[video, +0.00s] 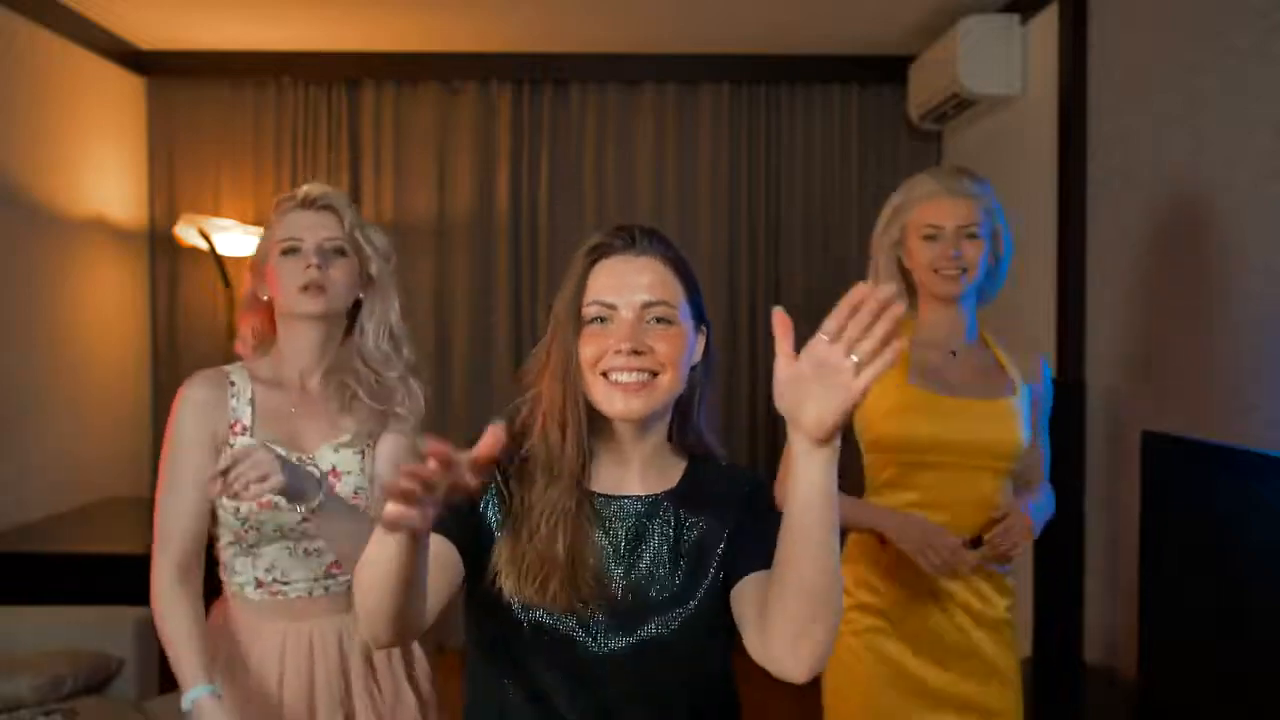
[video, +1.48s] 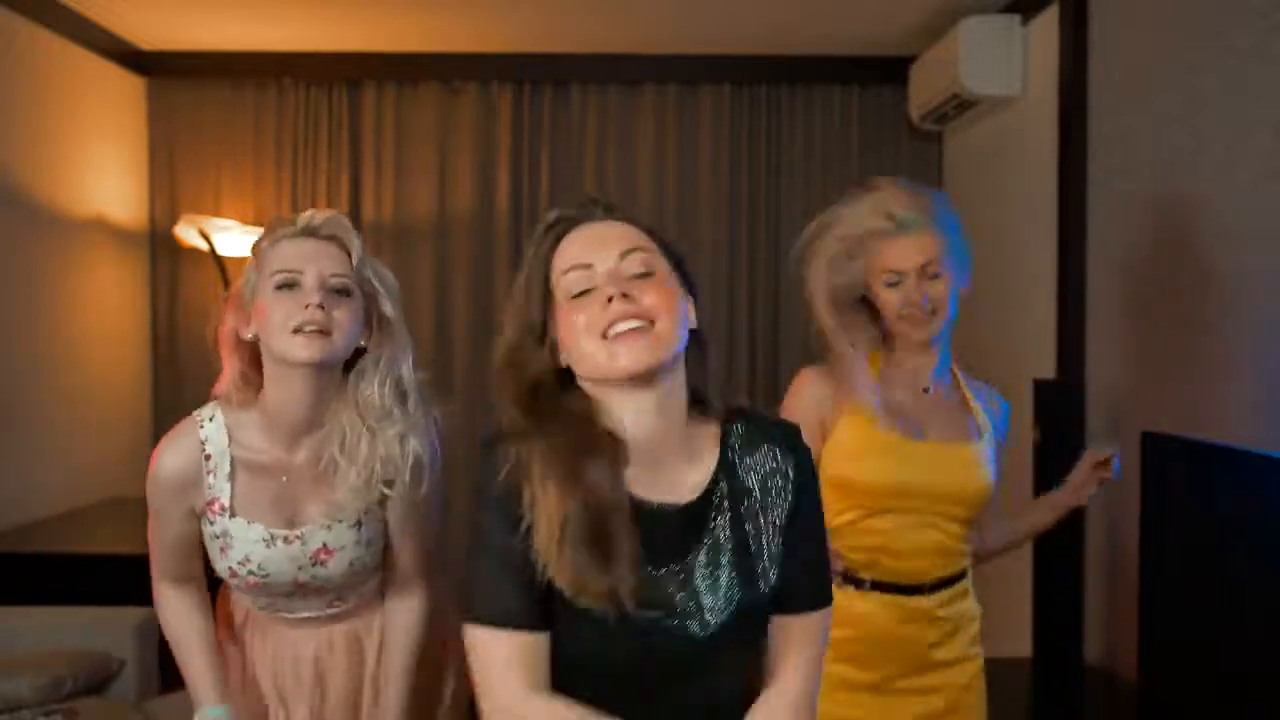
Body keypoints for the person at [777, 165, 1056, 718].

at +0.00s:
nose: (952, 252)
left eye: (970, 235)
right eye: (931, 235)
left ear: (992, 249)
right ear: (900, 248)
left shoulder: (1025, 371)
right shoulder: (864, 351)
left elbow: (1037, 486)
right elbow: (792, 484)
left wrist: (1026, 517)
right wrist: (890, 522)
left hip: (981, 629)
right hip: (878, 627)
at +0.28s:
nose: (920, 314)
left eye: (942, 298)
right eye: (903, 297)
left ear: (970, 317)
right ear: (882, 311)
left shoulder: (1009, 434)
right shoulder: (842, 419)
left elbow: (1033, 541)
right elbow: (808, 541)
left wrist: (1032, 571)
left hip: (959, 672)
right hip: (852, 666)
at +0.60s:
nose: (928, 297)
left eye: (951, 281)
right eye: (911, 280)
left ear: (982, 299)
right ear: (887, 295)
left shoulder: (1027, 421)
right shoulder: (841, 415)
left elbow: (1063, 566)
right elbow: (767, 532)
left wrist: (979, 551)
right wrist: (805, 595)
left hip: (980, 676)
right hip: (867, 675)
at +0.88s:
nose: (913, 256)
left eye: (934, 242)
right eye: (896, 237)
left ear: (955, 261)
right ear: (863, 249)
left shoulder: (992, 376)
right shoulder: (811, 369)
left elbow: (1016, 513)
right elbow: (761, 505)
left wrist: (945, 536)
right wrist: (809, 459)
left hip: (949, 629)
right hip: (841, 629)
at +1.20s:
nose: (905, 313)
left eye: (892, 302)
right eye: (883, 308)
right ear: (835, 333)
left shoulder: (915, 419)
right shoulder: (784, 440)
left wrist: (946, 560)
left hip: (902, 681)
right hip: (798, 686)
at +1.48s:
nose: (917, 298)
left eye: (931, 274)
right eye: (893, 282)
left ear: (958, 278)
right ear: (866, 293)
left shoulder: (985, 407)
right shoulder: (822, 392)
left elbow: (972, 542)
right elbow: (775, 522)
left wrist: (1067, 496)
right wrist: (809, 555)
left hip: (949, 663)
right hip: (845, 661)